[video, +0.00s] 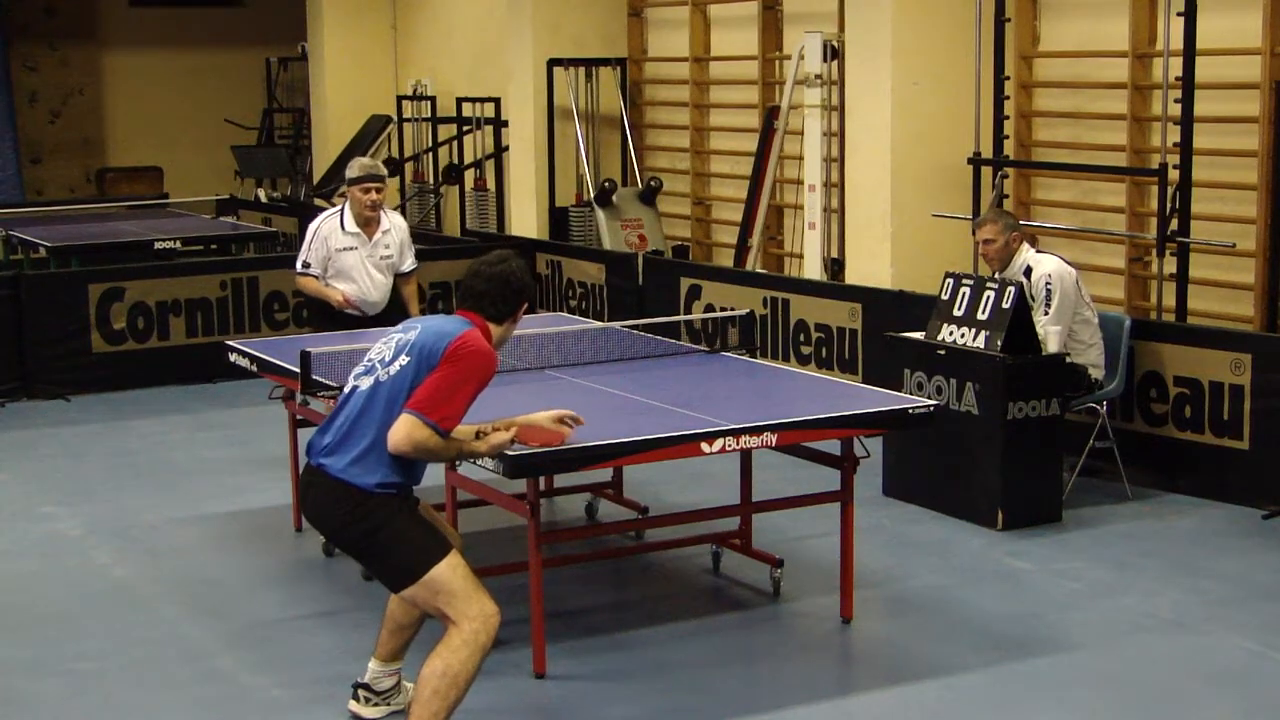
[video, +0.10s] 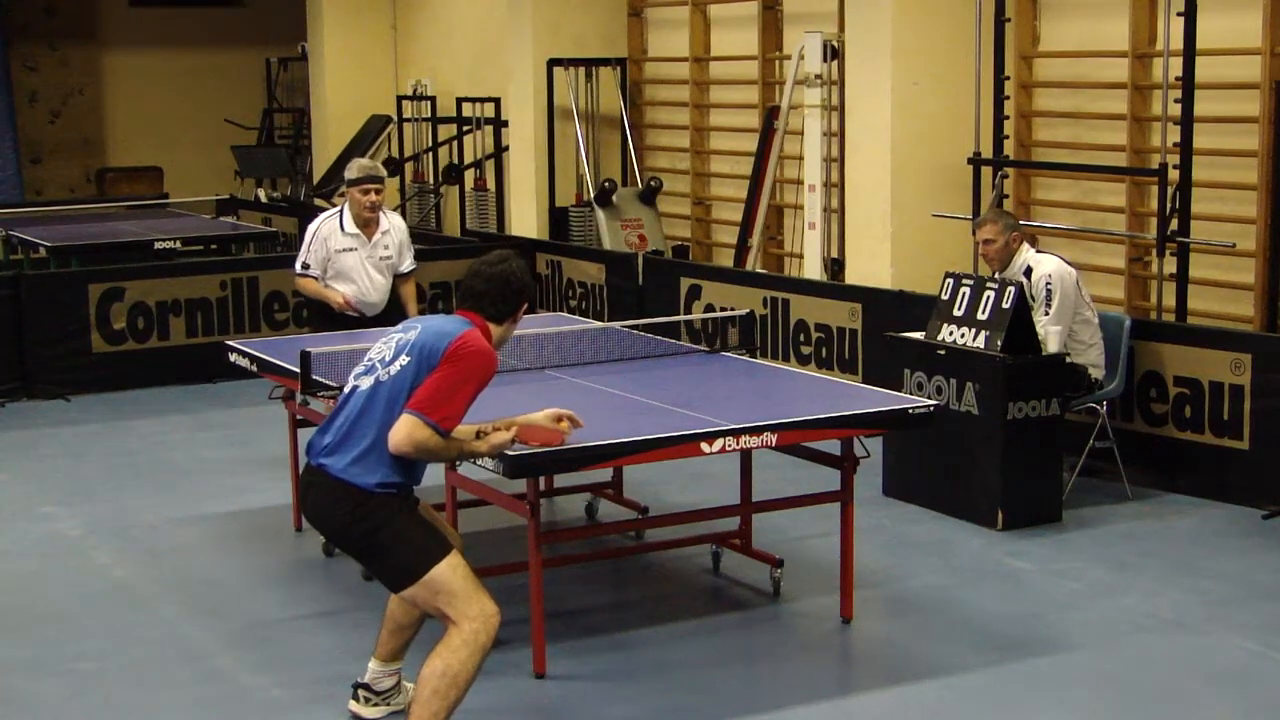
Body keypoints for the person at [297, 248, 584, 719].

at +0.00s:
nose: (522, 322)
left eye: (521, 310)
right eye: (524, 311)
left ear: (466, 295)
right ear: (518, 311)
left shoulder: (420, 326)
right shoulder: (474, 348)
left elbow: (426, 430)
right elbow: (406, 438)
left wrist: (521, 424)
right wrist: (474, 446)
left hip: (324, 477)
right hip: (357, 495)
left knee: (444, 545)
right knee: (478, 618)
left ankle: (379, 684)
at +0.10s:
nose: (521, 323)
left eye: (521, 311)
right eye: (524, 312)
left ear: (467, 295)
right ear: (518, 312)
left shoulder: (421, 326)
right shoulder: (474, 348)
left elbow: (428, 430)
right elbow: (406, 438)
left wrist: (523, 422)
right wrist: (474, 446)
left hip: (324, 477)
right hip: (357, 495)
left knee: (444, 546)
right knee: (478, 618)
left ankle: (379, 684)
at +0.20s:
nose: (521, 322)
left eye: (521, 311)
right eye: (524, 312)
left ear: (467, 295)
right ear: (518, 311)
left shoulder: (421, 326)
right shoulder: (475, 348)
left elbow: (427, 429)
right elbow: (407, 438)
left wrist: (522, 423)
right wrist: (475, 446)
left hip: (324, 477)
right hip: (358, 494)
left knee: (444, 545)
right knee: (478, 618)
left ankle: (379, 684)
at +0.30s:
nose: (521, 323)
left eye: (521, 311)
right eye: (524, 312)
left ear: (467, 295)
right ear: (518, 311)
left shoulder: (421, 326)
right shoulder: (475, 348)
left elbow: (428, 429)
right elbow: (408, 438)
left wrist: (522, 423)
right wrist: (475, 446)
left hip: (324, 477)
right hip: (358, 495)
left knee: (444, 545)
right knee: (479, 618)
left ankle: (379, 684)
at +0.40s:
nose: (522, 322)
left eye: (522, 311)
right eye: (524, 312)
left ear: (467, 295)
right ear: (518, 312)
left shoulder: (421, 326)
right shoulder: (475, 348)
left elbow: (430, 432)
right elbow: (409, 439)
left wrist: (522, 423)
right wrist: (477, 446)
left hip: (324, 478)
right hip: (359, 495)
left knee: (445, 546)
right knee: (480, 619)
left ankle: (379, 684)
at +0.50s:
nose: (522, 324)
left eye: (522, 313)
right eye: (525, 314)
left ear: (467, 296)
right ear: (519, 313)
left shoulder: (420, 327)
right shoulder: (476, 349)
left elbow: (431, 433)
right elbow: (410, 440)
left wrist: (521, 424)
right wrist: (476, 447)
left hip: (325, 478)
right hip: (360, 497)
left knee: (445, 547)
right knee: (480, 619)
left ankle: (379, 684)